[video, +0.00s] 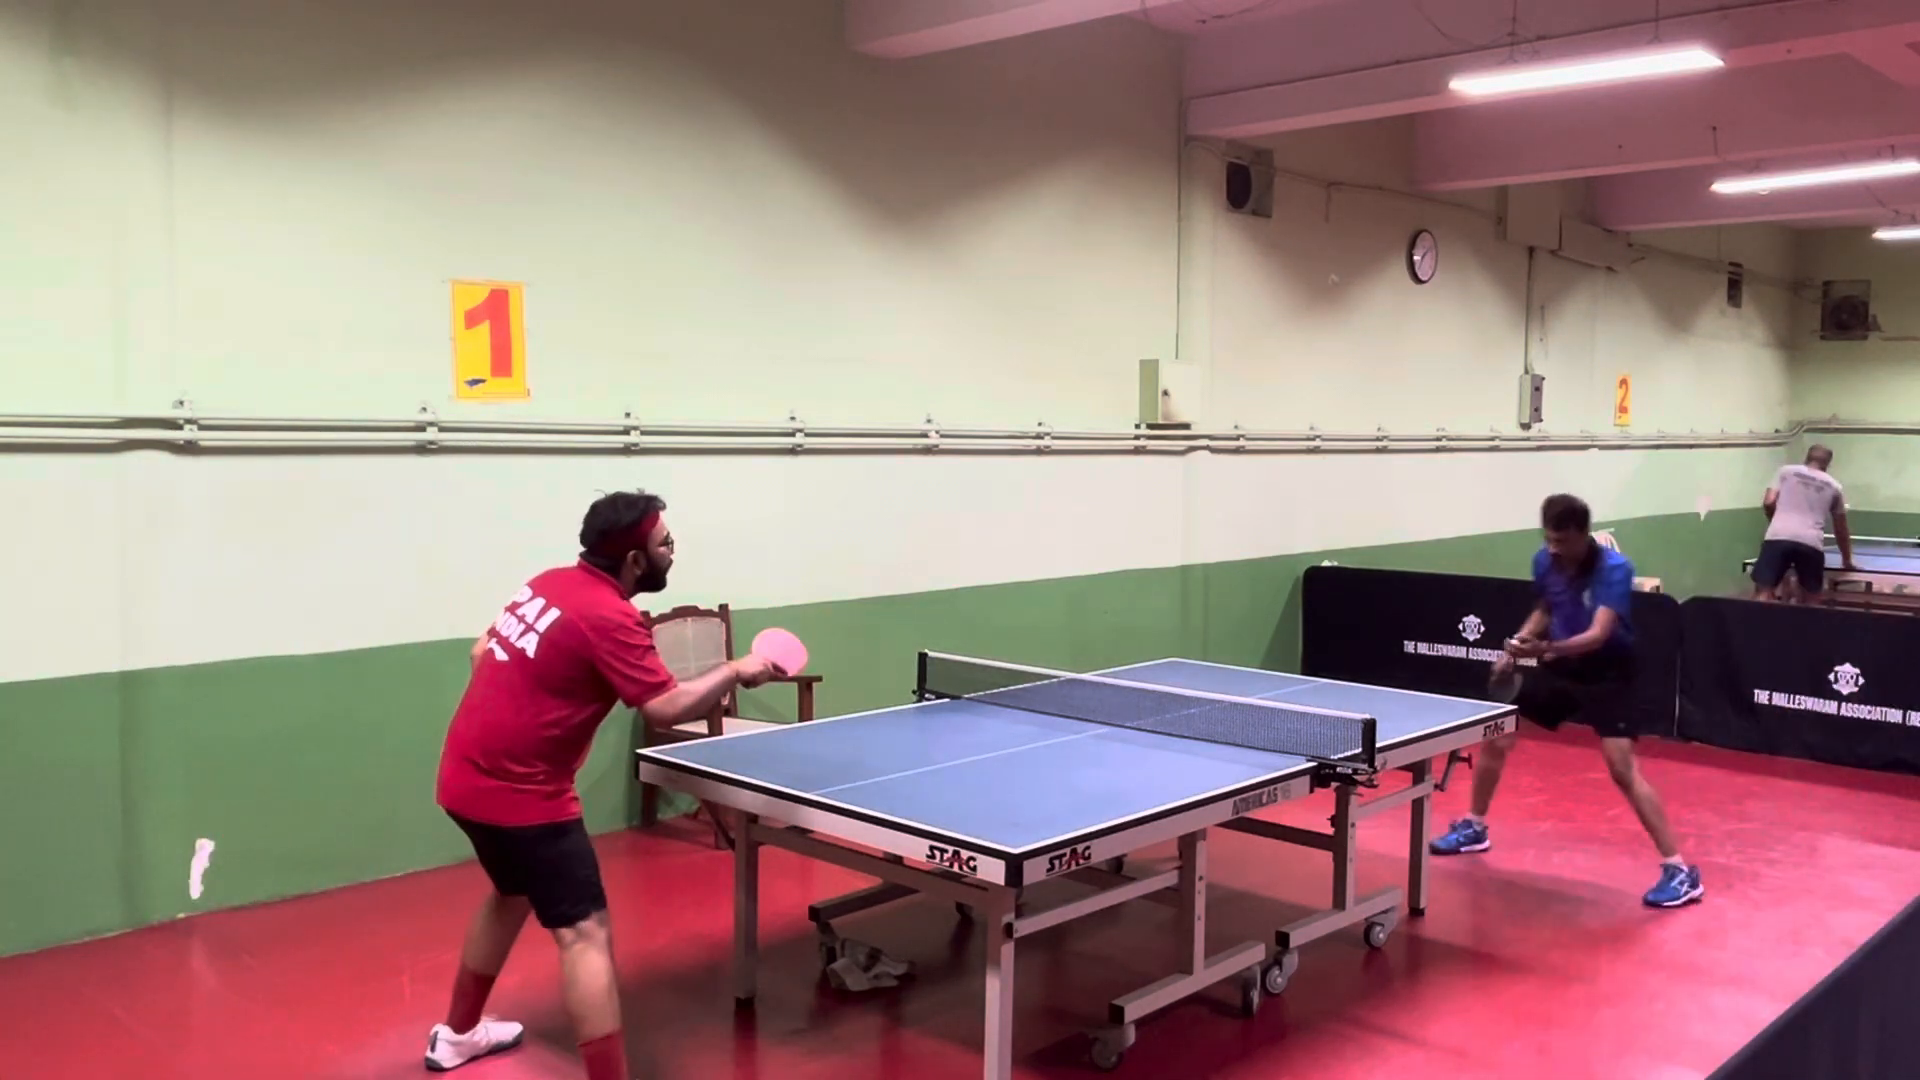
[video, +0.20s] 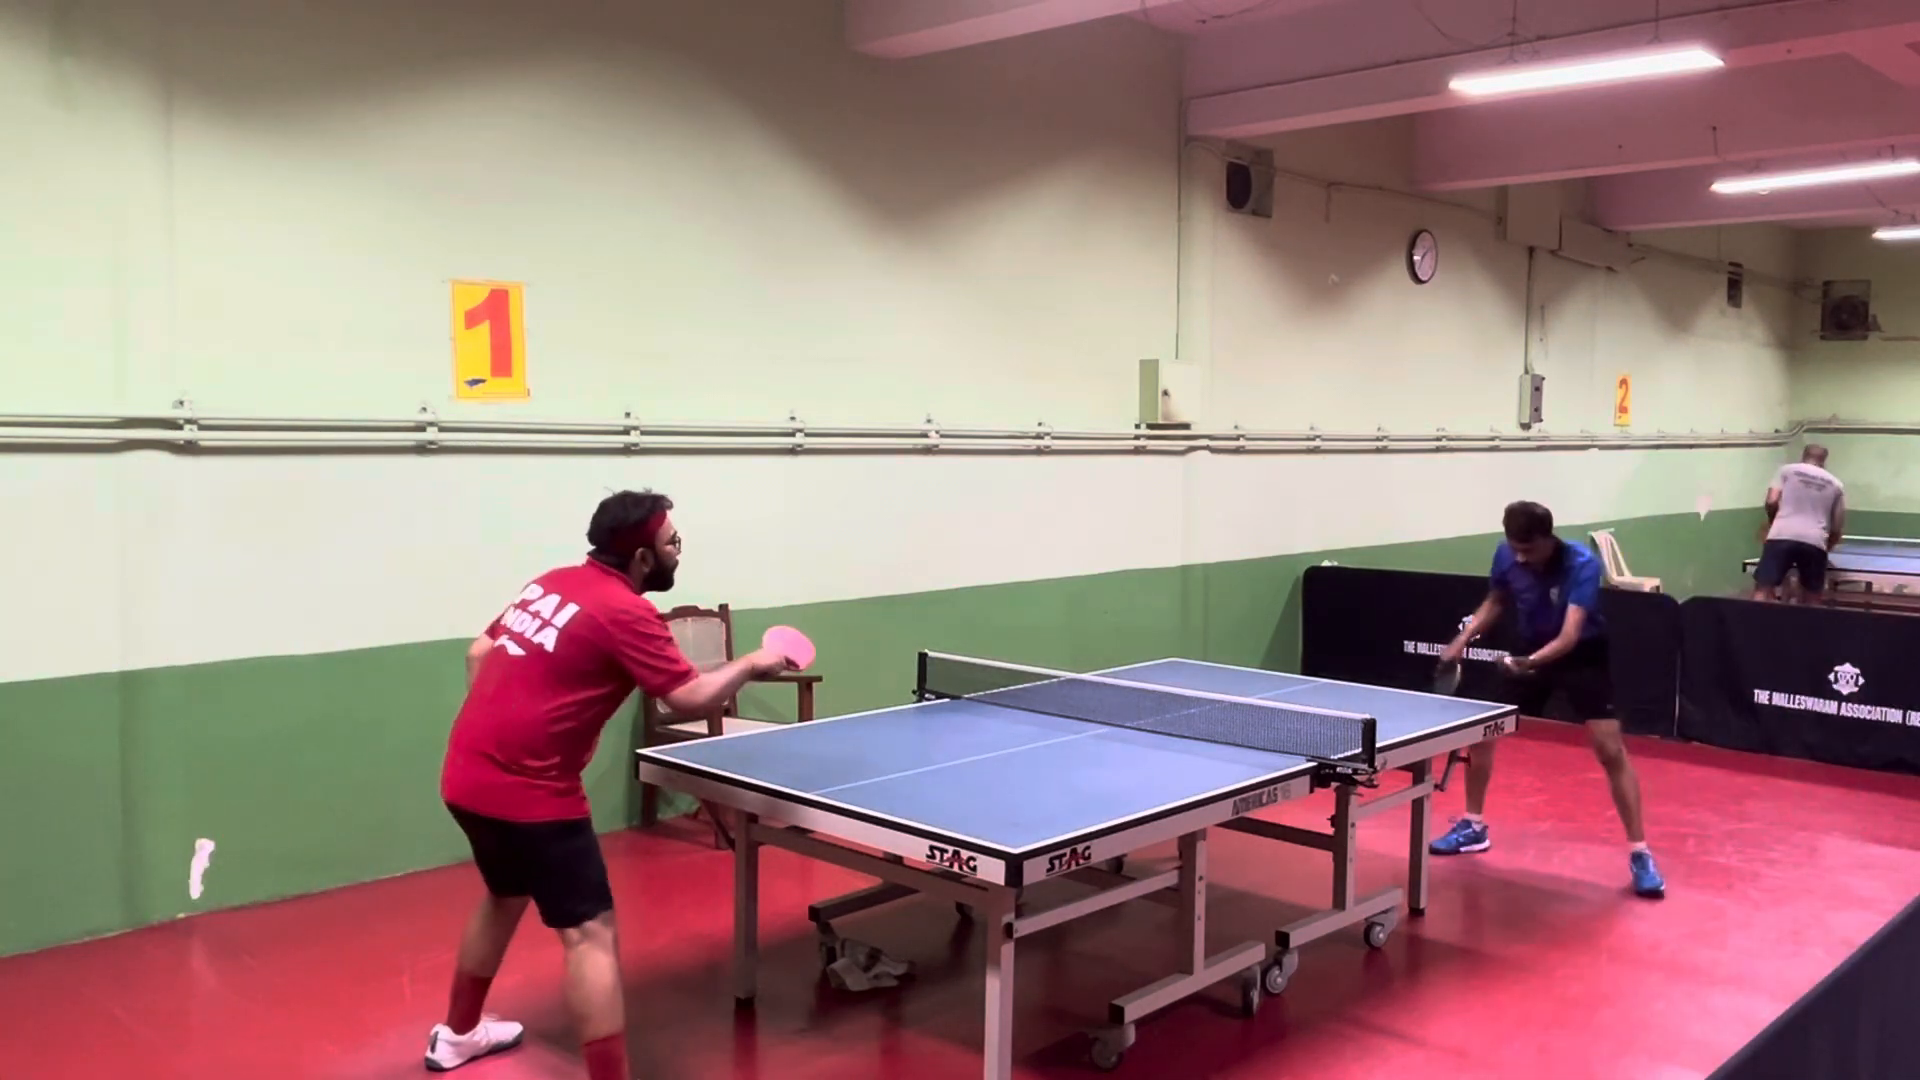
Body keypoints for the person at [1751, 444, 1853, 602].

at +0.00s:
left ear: (1806, 459)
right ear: (1827, 464)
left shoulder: (1785, 471)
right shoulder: (1834, 487)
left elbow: (1768, 502)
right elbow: (1841, 530)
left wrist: (1776, 522)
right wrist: (1847, 562)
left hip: (1777, 540)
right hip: (1810, 546)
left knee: (1764, 593)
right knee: (1812, 600)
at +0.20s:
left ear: (1803, 457)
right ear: (1823, 461)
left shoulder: (1786, 470)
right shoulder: (1836, 484)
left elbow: (1771, 501)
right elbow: (1836, 530)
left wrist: (1775, 524)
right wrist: (1823, 549)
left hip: (1781, 538)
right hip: (1814, 544)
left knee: (1763, 591)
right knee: (1813, 598)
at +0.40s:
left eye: (1792, 456)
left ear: (1791, 454)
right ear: (1812, 458)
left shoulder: (1778, 469)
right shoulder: (1827, 482)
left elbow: (1766, 499)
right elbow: (1824, 524)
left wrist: (1760, 520)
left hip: (1776, 538)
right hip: (1808, 542)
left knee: (1754, 592)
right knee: (1810, 600)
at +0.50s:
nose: (1784, 459)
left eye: (1783, 456)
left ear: (1783, 455)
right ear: (1802, 457)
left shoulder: (1772, 471)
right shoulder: (1818, 482)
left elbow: (1760, 501)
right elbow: (1817, 521)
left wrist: (1749, 520)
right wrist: (1808, 530)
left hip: (1769, 540)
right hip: (1801, 545)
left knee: (1751, 593)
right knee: (1805, 600)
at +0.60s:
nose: (1769, 459)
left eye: (1770, 456)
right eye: (1771, 456)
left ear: (1772, 455)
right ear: (1791, 456)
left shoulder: (1761, 472)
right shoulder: (1807, 481)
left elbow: (1750, 503)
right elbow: (1806, 513)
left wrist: (1738, 520)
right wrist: (1802, 526)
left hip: (1760, 542)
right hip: (1791, 546)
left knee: (1743, 594)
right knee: (1796, 599)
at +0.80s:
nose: (1748, 456)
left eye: (1748, 452)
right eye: (1748, 452)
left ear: (1750, 452)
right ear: (1769, 451)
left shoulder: (1744, 472)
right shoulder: (1789, 477)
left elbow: (1734, 504)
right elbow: (1791, 514)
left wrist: (1723, 517)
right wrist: (1786, 523)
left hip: (1744, 545)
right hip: (1775, 546)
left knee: (1735, 597)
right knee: (1781, 599)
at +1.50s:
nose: (1769, 458)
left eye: (1769, 455)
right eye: (1769, 455)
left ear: (1745, 454)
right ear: (1766, 455)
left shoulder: (1727, 471)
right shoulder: (1778, 478)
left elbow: (1715, 505)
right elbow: (1789, 523)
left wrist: (1729, 519)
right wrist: (1783, 542)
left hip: (1733, 544)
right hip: (1765, 546)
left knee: (1732, 599)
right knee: (1766, 600)